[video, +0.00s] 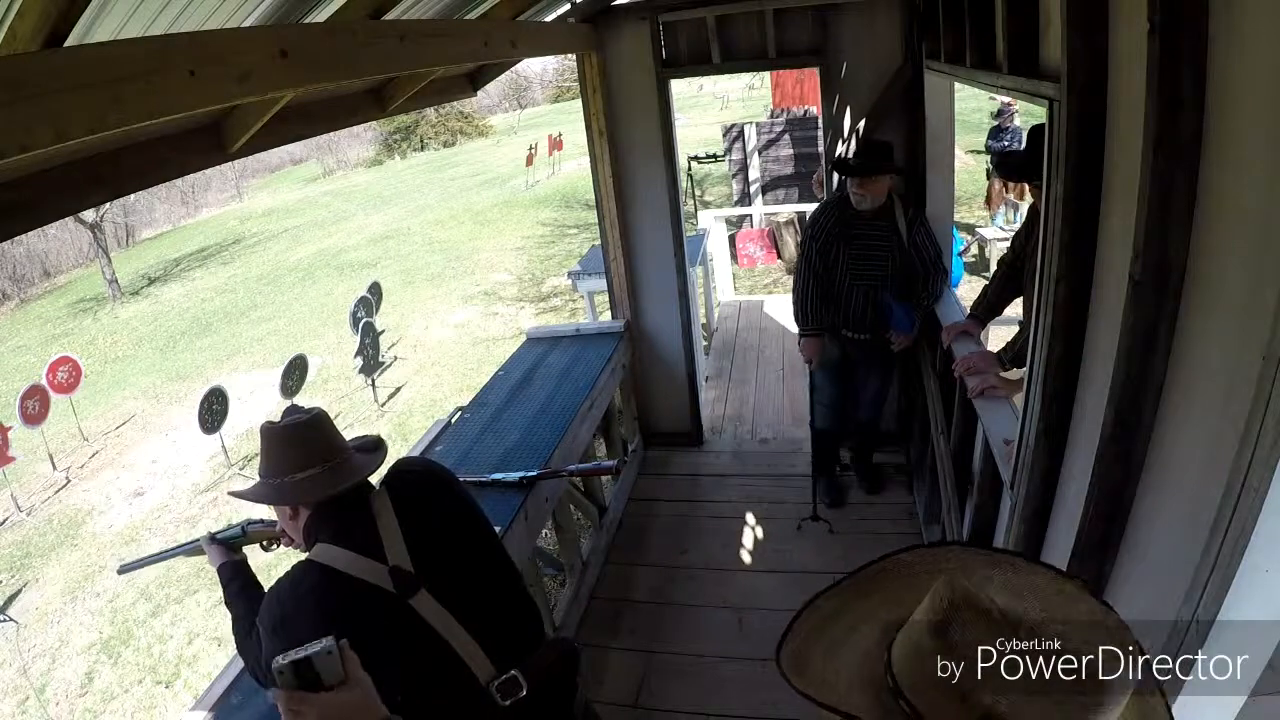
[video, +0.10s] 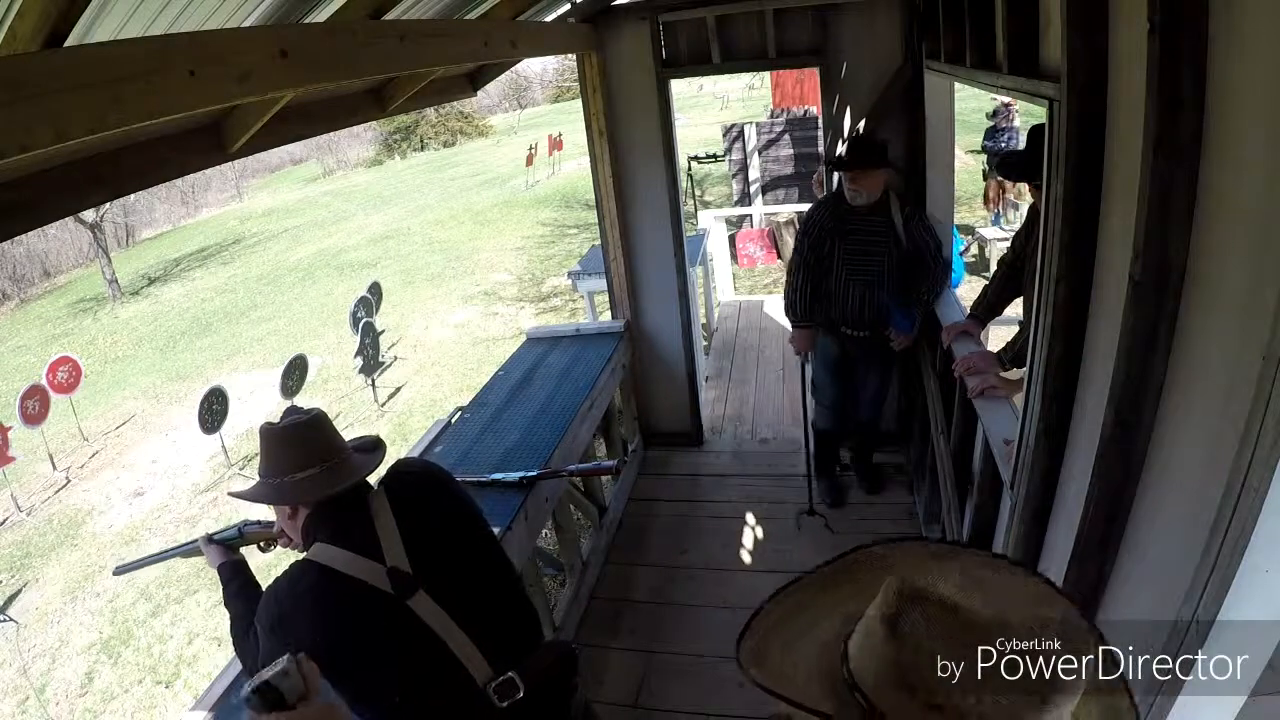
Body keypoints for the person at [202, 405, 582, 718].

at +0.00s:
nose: (278, 516)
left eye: (275, 507)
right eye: (272, 508)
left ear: (295, 512)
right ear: (356, 471)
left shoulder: (295, 605)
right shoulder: (427, 480)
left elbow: (268, 668)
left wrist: (228, 568)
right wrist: (313, 538)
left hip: (446, 719)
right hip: (544, 678)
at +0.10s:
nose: (275, 515)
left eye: (273, 505)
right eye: (270, 507)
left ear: (293, 510)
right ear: (354, 470)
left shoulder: (293, 603)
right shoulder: (425, 480)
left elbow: (264, 667)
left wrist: (228, 569)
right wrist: (311, 538)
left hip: (437, 719)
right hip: (543, 679)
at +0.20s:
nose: (274, 515)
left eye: (272, 505)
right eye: (269, 506)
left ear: (293, 510)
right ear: (353, 472)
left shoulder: (292, 604)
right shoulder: (423, 480)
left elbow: (259, 664)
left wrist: (227, 570)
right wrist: (310, 539)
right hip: (540, 676)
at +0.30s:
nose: (278, 512)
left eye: (276, 502)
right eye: (274, 503)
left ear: (297, 506)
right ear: (358, 468)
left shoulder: (294, 601)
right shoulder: (430, 481)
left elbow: (266, 659)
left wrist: (232, 562)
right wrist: (314, 532)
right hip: (543, 680)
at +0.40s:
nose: (284, 510)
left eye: (282, 501)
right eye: (280, 502)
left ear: (300, 505)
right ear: (364, 467)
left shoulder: (297, 597)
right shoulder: (436, 483)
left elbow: (271, 657)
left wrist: (240, 559)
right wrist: (320, 530)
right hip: (541, 679)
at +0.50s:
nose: (287, 511)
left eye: (285, 501)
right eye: (283, 502)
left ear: (302, 508)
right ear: (368, 469)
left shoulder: (297, 599)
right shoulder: (444, 483)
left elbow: (273, 656)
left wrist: (246, 554)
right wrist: (327, 524)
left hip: (438, 719)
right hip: (546, 682)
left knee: (290, 701)